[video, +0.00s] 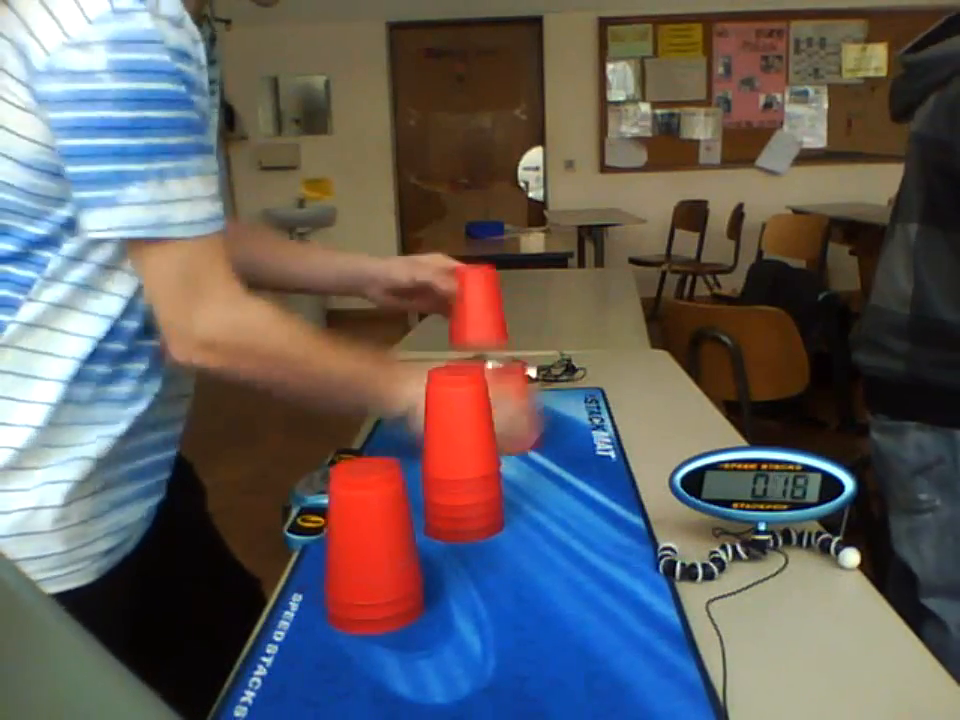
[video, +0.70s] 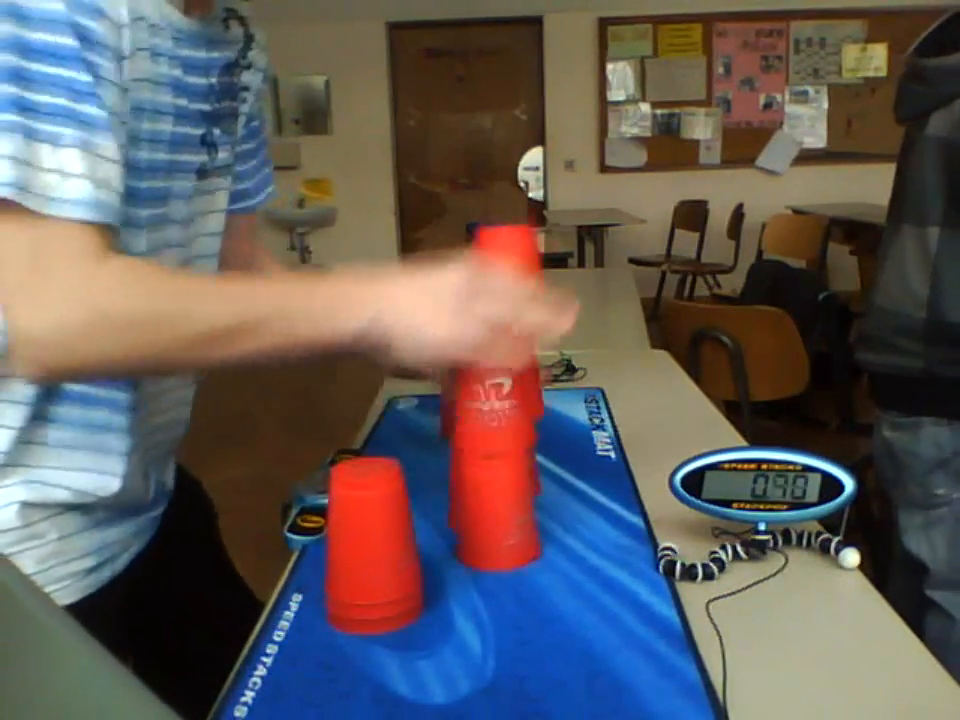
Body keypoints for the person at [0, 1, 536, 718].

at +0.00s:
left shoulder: (153, 30)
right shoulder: (120, 36)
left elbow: (201, 234)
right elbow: (202, 323)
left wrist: (375, 277)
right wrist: (422, 392)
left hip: (135, 484)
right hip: (60, 541)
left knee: (270, 674)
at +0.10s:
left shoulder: (197, 32)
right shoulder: (102, 28)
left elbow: (212, 247)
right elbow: (68, 316)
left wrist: (368, 306)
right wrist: (296, 414)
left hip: (155, 492)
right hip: (55, 544)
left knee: (275, 679)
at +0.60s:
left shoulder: (234, 37)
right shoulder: (53, 17)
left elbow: (217, 261)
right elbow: (29, 296)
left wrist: (384, 338)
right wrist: (362, 330)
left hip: (156, 511)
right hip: (37, 568)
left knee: (289, 695)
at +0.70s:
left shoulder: (230, 45)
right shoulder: (54, 18)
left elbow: (232, 265)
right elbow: (39, 313)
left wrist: (399, 325)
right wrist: (378, 304)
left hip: (154, 508)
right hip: (38, 564)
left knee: (278, 687)